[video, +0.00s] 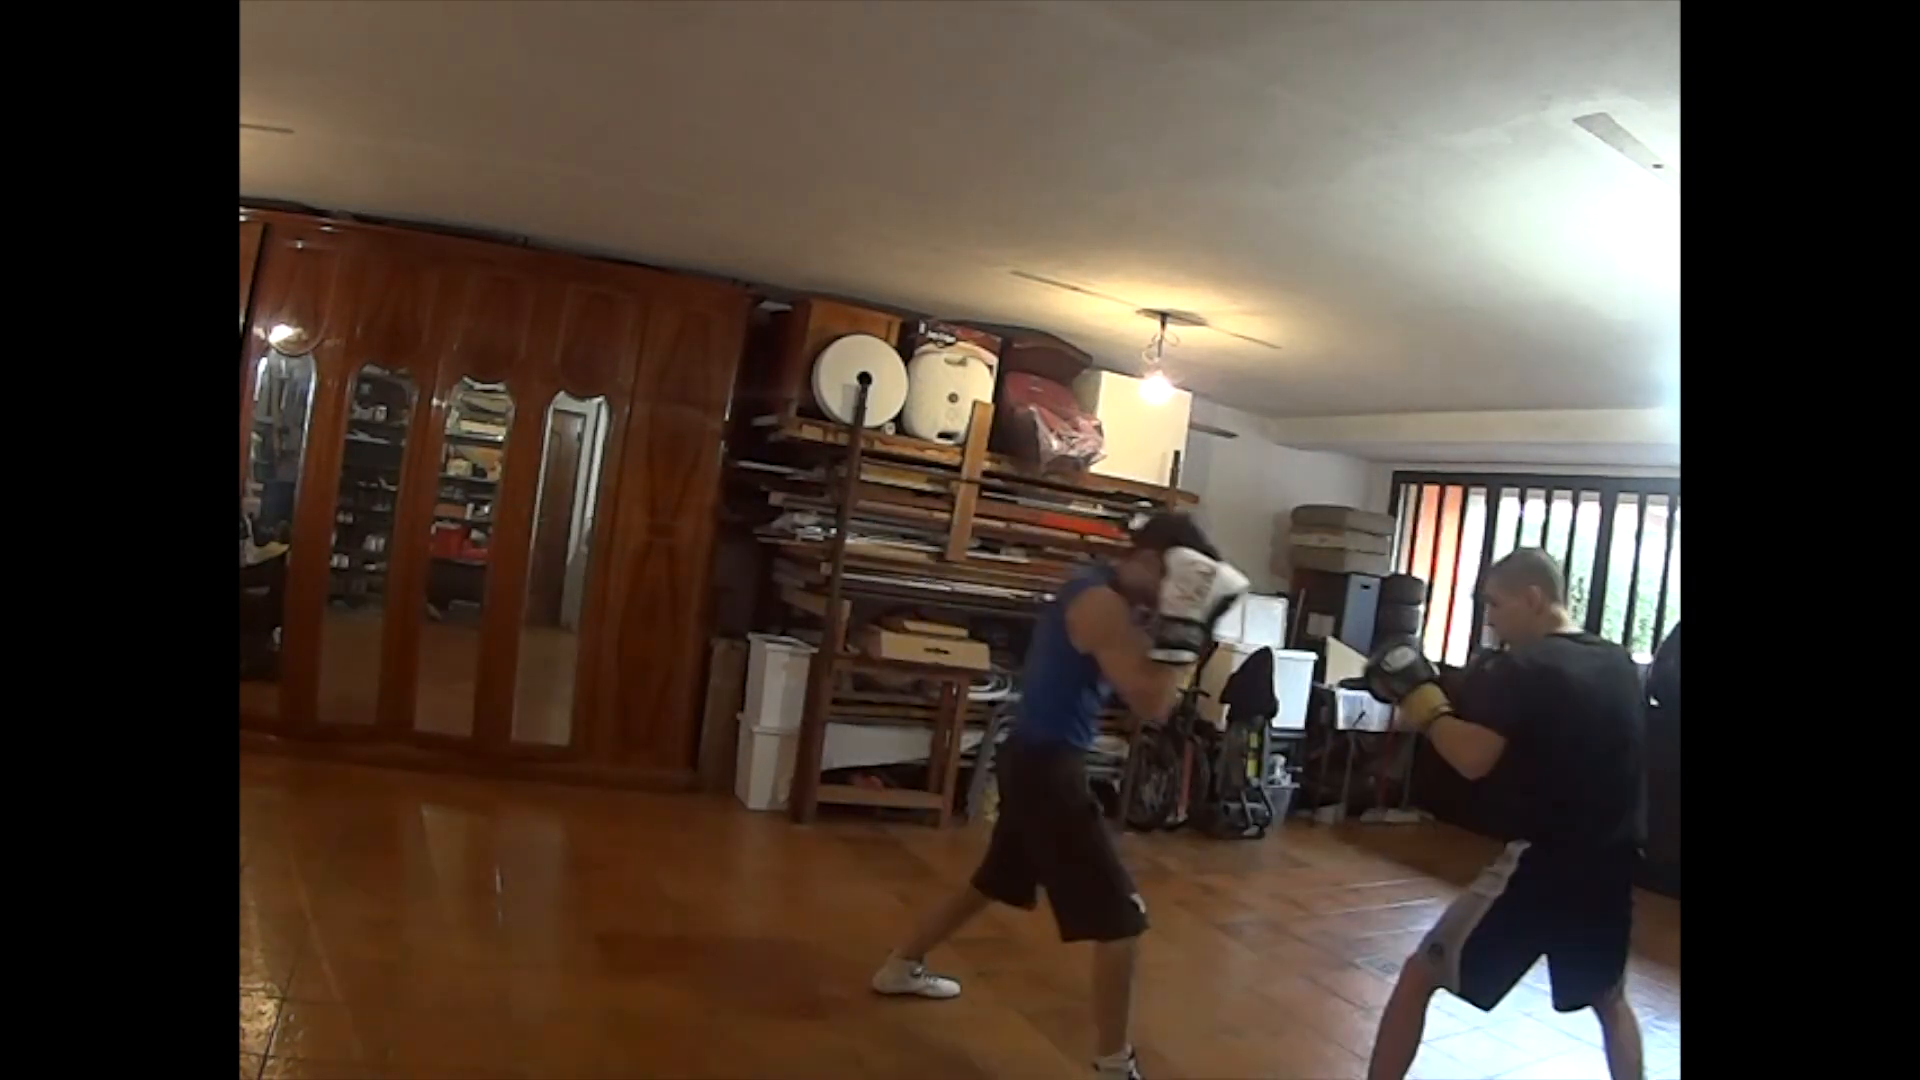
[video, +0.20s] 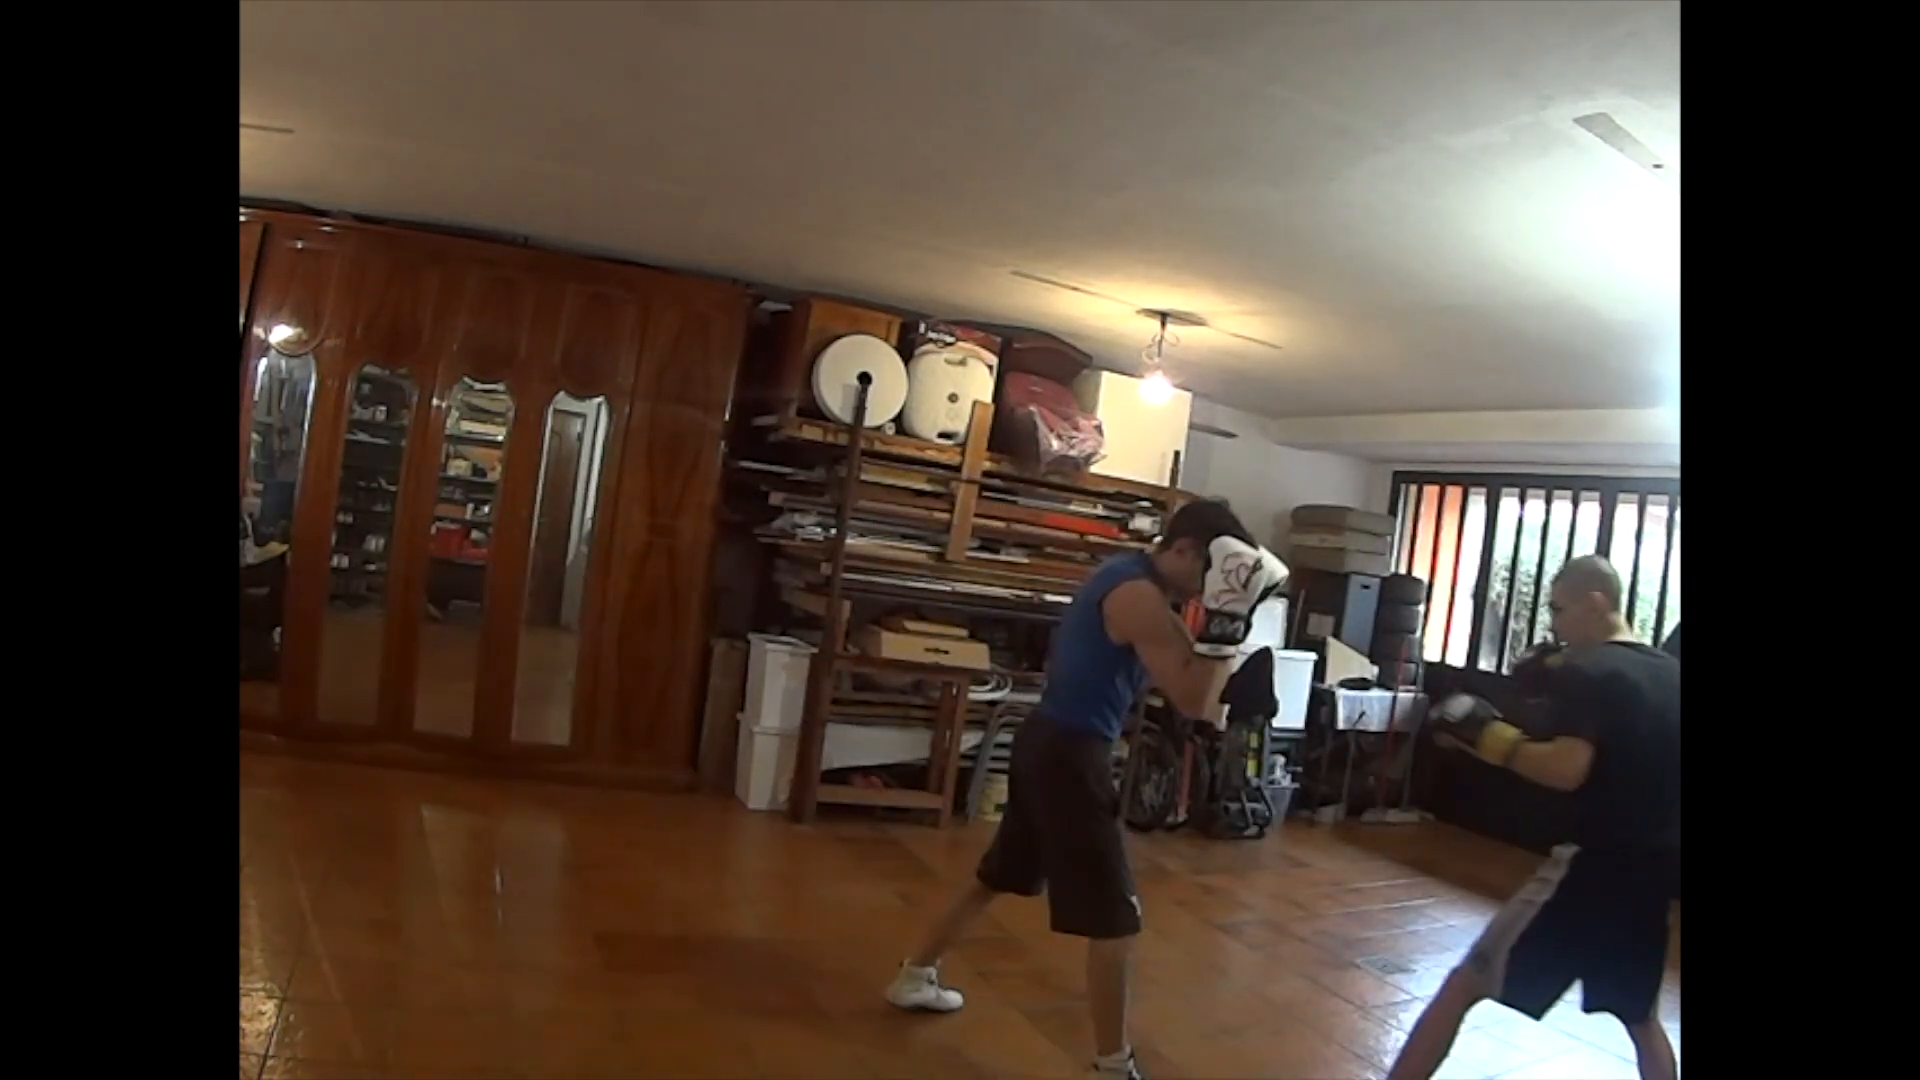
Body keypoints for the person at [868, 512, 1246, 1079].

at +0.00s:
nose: (1167, 591)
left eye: (1177, 581)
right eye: (1169, 575)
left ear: (1146, 555)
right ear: (1145, 553)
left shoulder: (1087, 588)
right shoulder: (1100, 604)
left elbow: (1140, 684)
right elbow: (1153, 702)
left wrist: (1176, 630)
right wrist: (1185, 627)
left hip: (1031, 763)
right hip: (1051, 771)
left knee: (990, 882)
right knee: (1119, 920)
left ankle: (900, 966)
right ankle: (1114, 1063)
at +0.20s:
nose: (1203, 589)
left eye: (1211, 580)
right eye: (1206, 574)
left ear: (1180, 548)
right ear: (1183, 549)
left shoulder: (1123, 575)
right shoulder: (1137, 594)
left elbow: (1186, 682)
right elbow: (1195, 698)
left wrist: (1223, 627)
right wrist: (1228, 622)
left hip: (1046, 748)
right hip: (1071, 760)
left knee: (995, 876)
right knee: (1115, 919)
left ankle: (913, 976)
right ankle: (1114, 1063)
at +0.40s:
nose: (1194, 574)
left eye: (1202, 563)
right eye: (1195, 559)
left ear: (1160, 543)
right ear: (1165, 540)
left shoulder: (1110, 573)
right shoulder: (1128, 584)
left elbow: (1163, 677)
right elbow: (1174, 689)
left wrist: (1194, 615)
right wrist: (1216, 608)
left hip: (1052, 757)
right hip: (1085, 768)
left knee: (998, 888)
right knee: (1166, 919)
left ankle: (914, 991)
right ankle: (1132, 1060)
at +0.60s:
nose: (1220, 586)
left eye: (1227, 577)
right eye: (1219, 571)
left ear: (1183, 553)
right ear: (1187, 551)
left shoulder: (1125, 587)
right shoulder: (1158, 599)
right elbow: (1194, 703)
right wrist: (1239, 629)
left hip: (1070, 776)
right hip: (1112, 789)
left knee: (1003, 900)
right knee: (1181, 943)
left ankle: (916, 991)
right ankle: (1204, 1072)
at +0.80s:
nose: (1269, 596)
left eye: (1275, 587)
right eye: (1268, 581)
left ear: (1219, 553)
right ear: (1236, 559)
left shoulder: (1154, 593)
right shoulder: (1211, 600)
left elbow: (1142, 688)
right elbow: (1276, 687)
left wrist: (1201, 700)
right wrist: (1313, 630)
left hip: (1090, 776)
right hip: (1141, 789)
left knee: (1031, 908)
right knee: (1202, 950)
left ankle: (935, 1006)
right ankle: (1201, 1073)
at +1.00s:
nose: (1253, 591)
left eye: (1260, 581)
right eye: (1251, 576)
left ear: (1204, 556)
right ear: (1217, 557)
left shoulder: (1147, 595)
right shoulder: (1192, 603)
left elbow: (1205, 689)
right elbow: (1223, 708)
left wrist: (1263, 635)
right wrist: (1286, 648)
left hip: (1098, 787)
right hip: (1150, 799)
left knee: (1030, 924)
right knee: (1248, 942)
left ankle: (935, 1033)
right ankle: (1234, 1072)